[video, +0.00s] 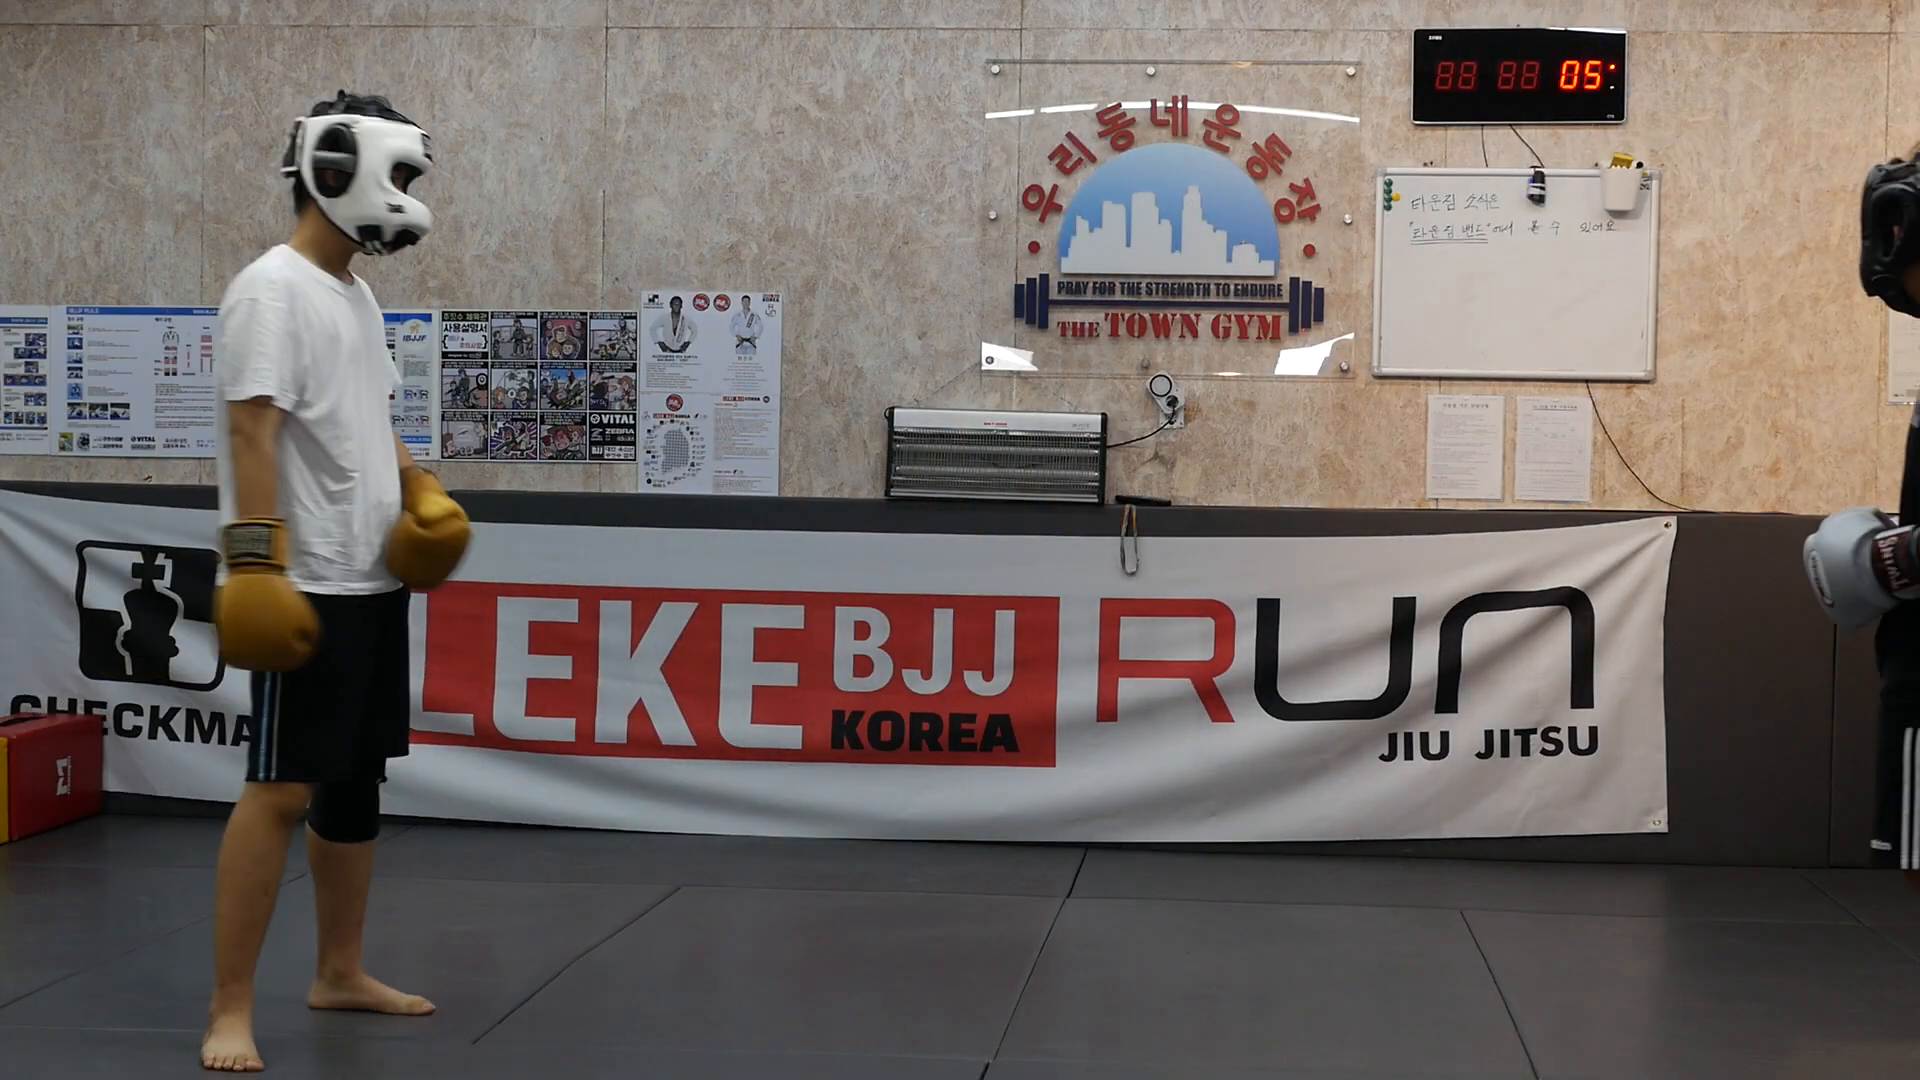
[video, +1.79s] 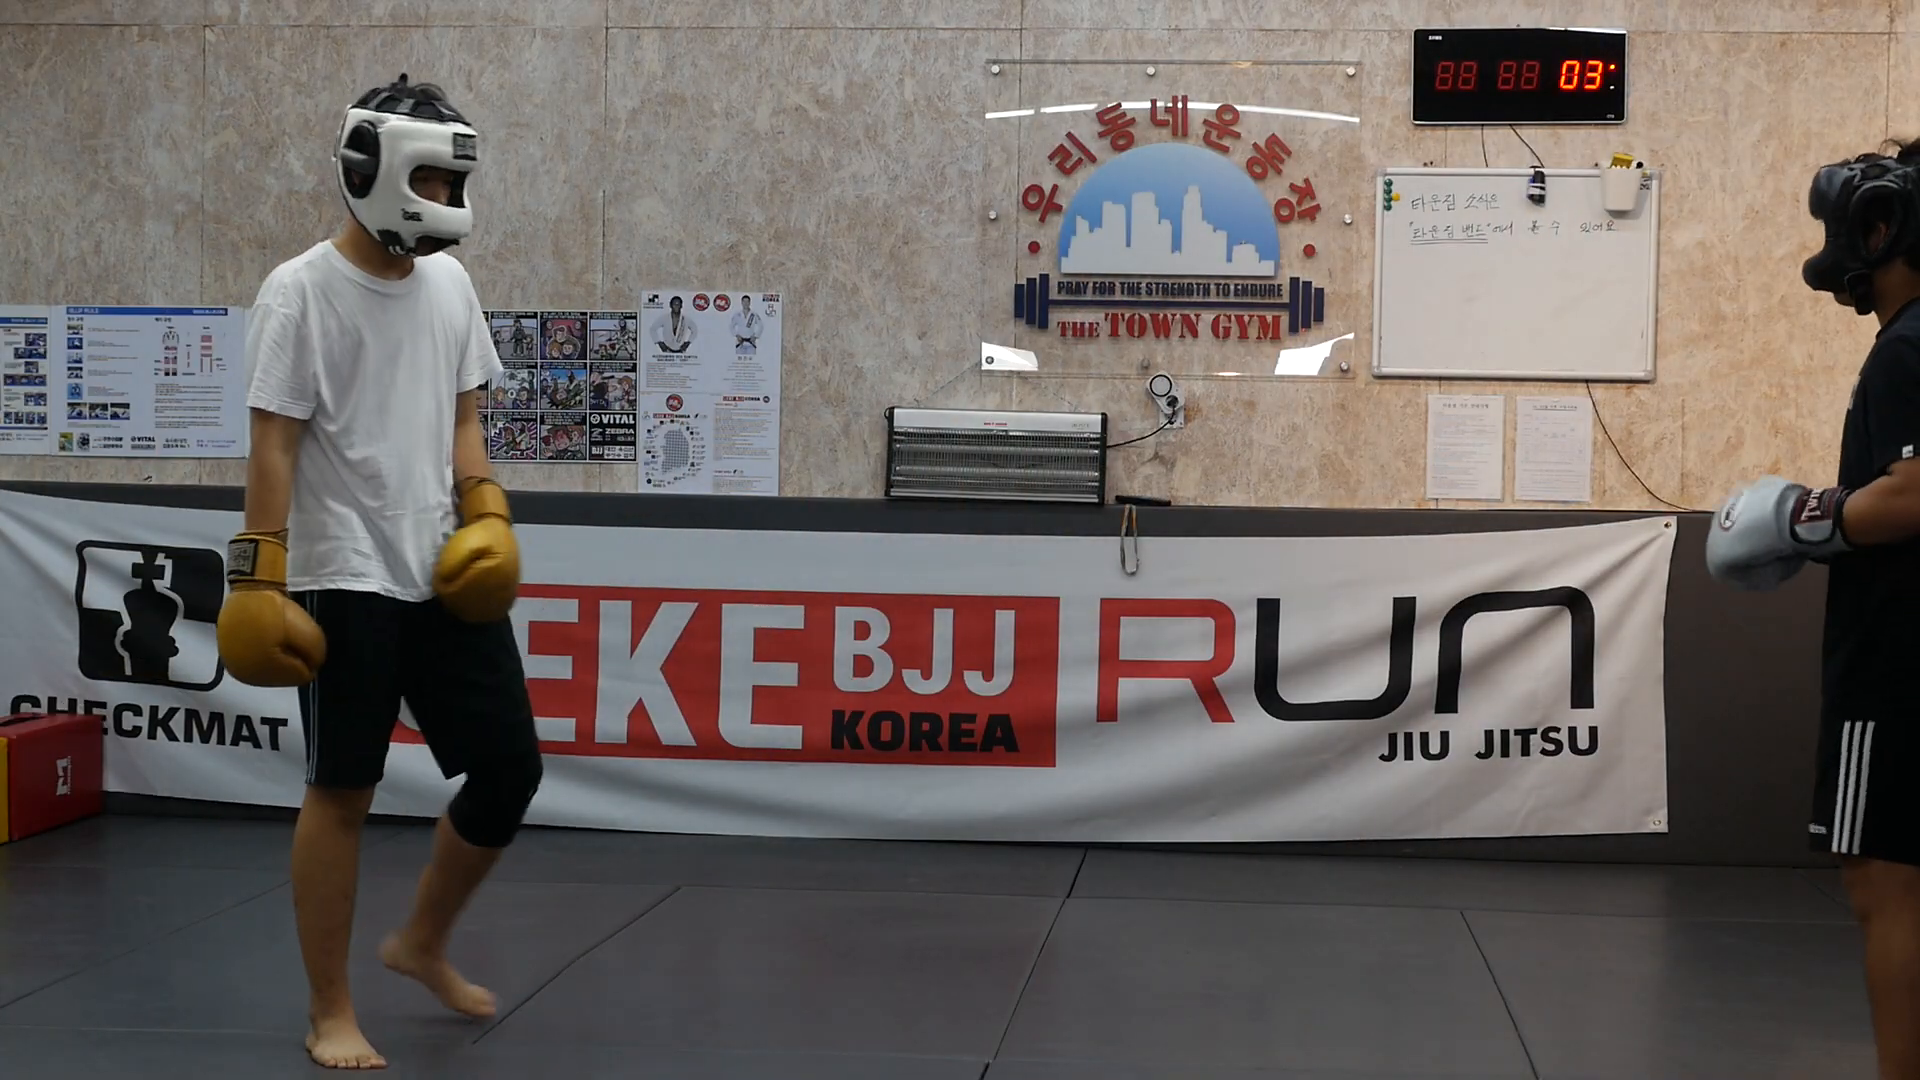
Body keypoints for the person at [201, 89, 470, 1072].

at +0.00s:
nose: (409, 197)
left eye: (413, 178)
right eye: (396, 177)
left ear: (354, 182)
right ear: (339, 175)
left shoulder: (356, 296)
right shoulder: (270, 288)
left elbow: (371, 429)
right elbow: (251, 429)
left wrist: (420, 491)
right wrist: (258, 562)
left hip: (375, 584)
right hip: (305, 584)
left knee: (353, 785)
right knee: (279, 790)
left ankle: (341, 973)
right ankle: (231, 1010)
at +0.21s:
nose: (433, 203)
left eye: (431, 182)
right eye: (423, 183)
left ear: (349, 186)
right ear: (382, 186)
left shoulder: (355, 298)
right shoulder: (314, 294)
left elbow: (386, 446)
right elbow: (336, 440)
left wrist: (446, 543)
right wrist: (394, 557)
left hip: (372, 573)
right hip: (324, 577)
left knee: (362, 775)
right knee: (324, 778)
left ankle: (341, 971)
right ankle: (244, 996)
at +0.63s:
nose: (467, 192)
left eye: (462, 172)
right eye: (456, 174)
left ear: (375, 185)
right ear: (418, 183)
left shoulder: (363, 285)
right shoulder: (368, 289)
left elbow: (400, 450)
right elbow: (403, 447)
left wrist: (474, 538)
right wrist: (482, 534)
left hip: (369, 556)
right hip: (348, 557)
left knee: (376, 768)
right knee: (374, 769)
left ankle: (340, 971)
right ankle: (259, 966)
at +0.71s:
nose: (470, 191)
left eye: (465, 173)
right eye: (458, 175)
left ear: (384, 186)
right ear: (415, 184)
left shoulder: (358, 284)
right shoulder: (377, 289)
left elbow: (314, 441)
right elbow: (401, 445)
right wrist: (469, 551)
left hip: (362, 557)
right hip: (354, 560)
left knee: (374, 766)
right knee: (367, 769)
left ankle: (340, 970)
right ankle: (260, 969)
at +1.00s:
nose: (483, 193)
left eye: (481, 175)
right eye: (468, 176)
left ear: (413, 187)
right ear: (417, 185)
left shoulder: (412, 299)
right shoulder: (350, 291)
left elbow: (397, 446)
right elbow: (344, 433)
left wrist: (420, 570)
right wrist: (365, 561)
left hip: (400, 568)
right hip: (344, 570)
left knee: (374, 778)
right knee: (342, 779)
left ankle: (351, 969)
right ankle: (329, 993)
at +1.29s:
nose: (454, 181)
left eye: (458, 165)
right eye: (435, 166)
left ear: (458, 173)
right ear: (377, 171)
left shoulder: (445, 291)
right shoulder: (315, 291)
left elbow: (477, 420)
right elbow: (285, 437)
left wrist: (540, 522)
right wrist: (274, 569)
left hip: (428, 582)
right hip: (345, 581)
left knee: (385, 787)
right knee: (335, 789)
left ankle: (351, 970)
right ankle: (326, 1011)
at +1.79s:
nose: (447, 189)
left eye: (455, 171)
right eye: (428, 171)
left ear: (459, 175)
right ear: (371, 171)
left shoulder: (448, 283)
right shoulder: (300, 290)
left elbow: (462, 418)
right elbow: (273, 441)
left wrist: (489, 518)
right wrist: (261, 579)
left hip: (443, 582)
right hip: (342, 585)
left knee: (507, 770)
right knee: (341, 792)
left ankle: (420, 944)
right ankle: (331, 1014)